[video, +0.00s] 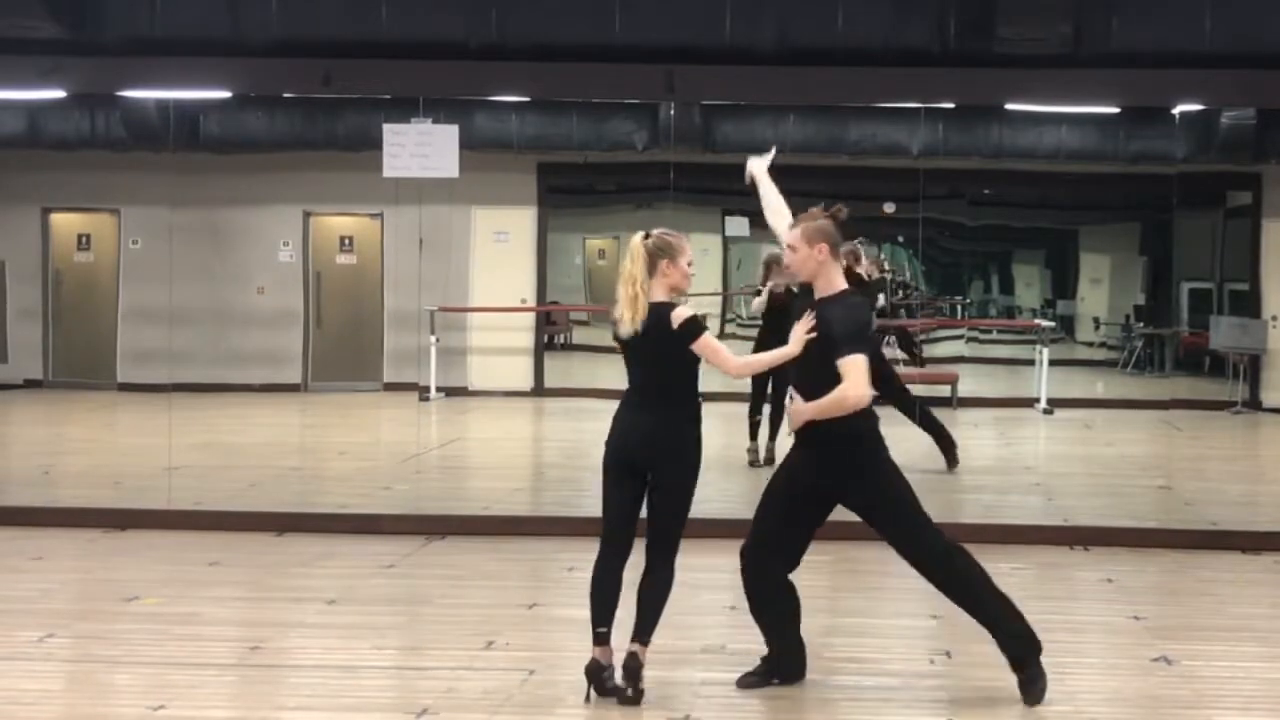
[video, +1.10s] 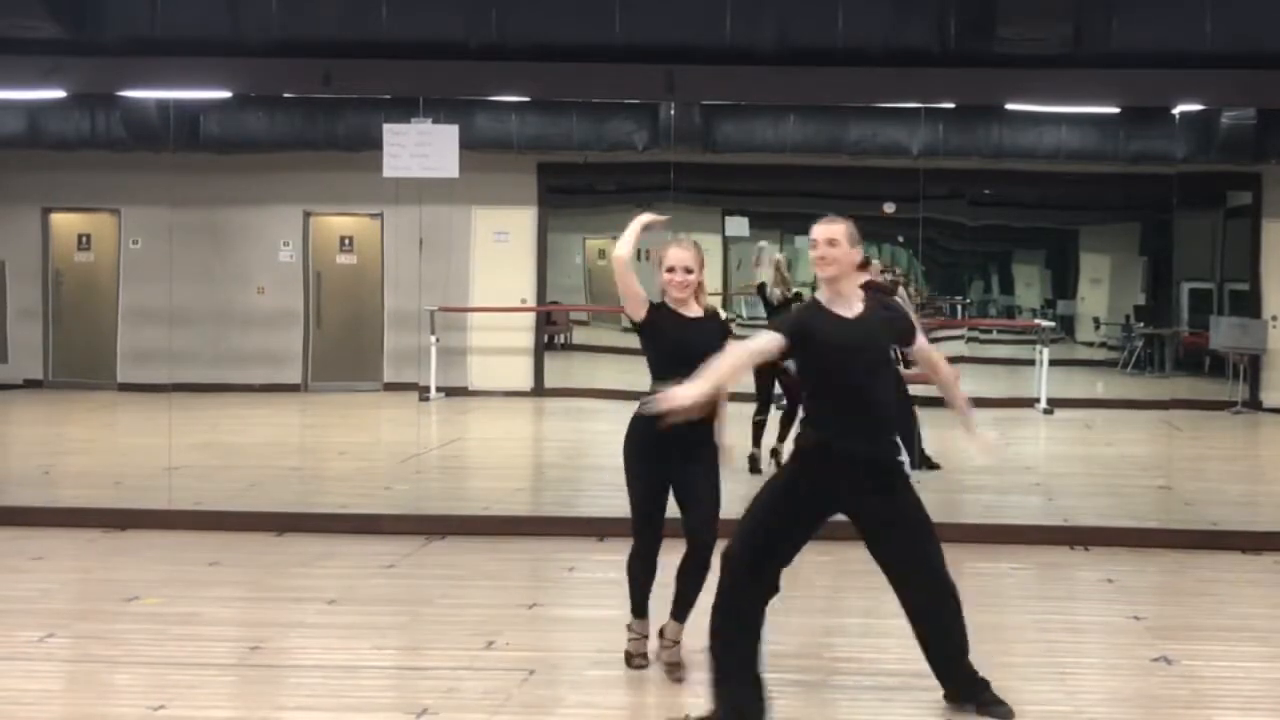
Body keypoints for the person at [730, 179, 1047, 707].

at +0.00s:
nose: (785, 257)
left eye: (791, 249)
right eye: (785, 248)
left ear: (819, 252)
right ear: (818, 251)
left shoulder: (845, 313)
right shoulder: (815, 293)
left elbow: (858, 392)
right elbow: (784, 228)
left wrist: (807, 411)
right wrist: (761, 178)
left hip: (856, 455)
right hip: (814, 453)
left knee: (931, 553)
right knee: (759, 559)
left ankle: (1022, 649)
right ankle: (785, 658)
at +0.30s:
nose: (821, 254)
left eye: (831, 246)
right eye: (815, 248)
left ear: (854, 248)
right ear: (810, 252)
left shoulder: (871, 298)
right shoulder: (823, 297)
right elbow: (792, 224)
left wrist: (874, 398)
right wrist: (814, 195)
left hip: (874, 451)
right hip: (821, 451)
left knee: (940, 555)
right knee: (784, 560)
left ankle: (1003, 652)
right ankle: (785, 658)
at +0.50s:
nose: (868, 268)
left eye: (876, 257)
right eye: (859, 259)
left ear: (893, 258)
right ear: (846, 263)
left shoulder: (928, 308)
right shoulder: (844, 306)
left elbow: (968, 350)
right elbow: (804, 244)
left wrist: (949, 395)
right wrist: (807, 173)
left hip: (918, 465)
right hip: (856, 462)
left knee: (964, 578)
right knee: (769, 560)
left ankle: (954, 681)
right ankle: (716, 664)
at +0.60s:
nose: (879, 282)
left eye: (888, 272)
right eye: (870, 274)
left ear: (905, 271)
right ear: (858, 278)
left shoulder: (926, 320)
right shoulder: (865, 323)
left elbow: (934, 380)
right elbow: (829, 265)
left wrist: (935, 421)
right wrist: (792, 189)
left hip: (926, 480)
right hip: (866, 478)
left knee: (981, 584)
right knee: (780, 579)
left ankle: (961, 688)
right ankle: (684, 683)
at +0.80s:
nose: (885, 299)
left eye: (894, 290)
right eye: (875, 292)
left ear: (911, 293)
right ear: (864, 297)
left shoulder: (905, 347)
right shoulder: (880, 351)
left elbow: (841, 400)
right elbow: (906, 337)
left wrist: (796, 441)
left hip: (916, 498)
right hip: (864, 496)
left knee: (996, 588)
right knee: (774, 588)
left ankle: (962, 690)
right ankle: (670, 683)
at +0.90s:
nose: (867, 291)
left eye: (876, 280)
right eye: (858, 283)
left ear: (898, 283)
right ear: (850, 290)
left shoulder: (901, 335)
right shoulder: (862, 342)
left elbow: (838, 368)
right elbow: (899, 375)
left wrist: (812, 359)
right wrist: (969, 343)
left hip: (910, 492)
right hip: (854, 492)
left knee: (988, 589)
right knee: (771, 587)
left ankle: (962, 690)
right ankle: (668, 691)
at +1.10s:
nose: (819, 252)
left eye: (831, 244)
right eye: (814, 245)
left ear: (859, 256)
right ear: (810, 256)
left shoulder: (889, 313)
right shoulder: (802, 320)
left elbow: (932, 362)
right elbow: (743, 353)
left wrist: (965, 413)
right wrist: (696, 387)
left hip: (879, 471)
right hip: (814, 468)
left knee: (927, 577)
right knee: (744, 564)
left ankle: (962, 683)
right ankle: (737, 706)